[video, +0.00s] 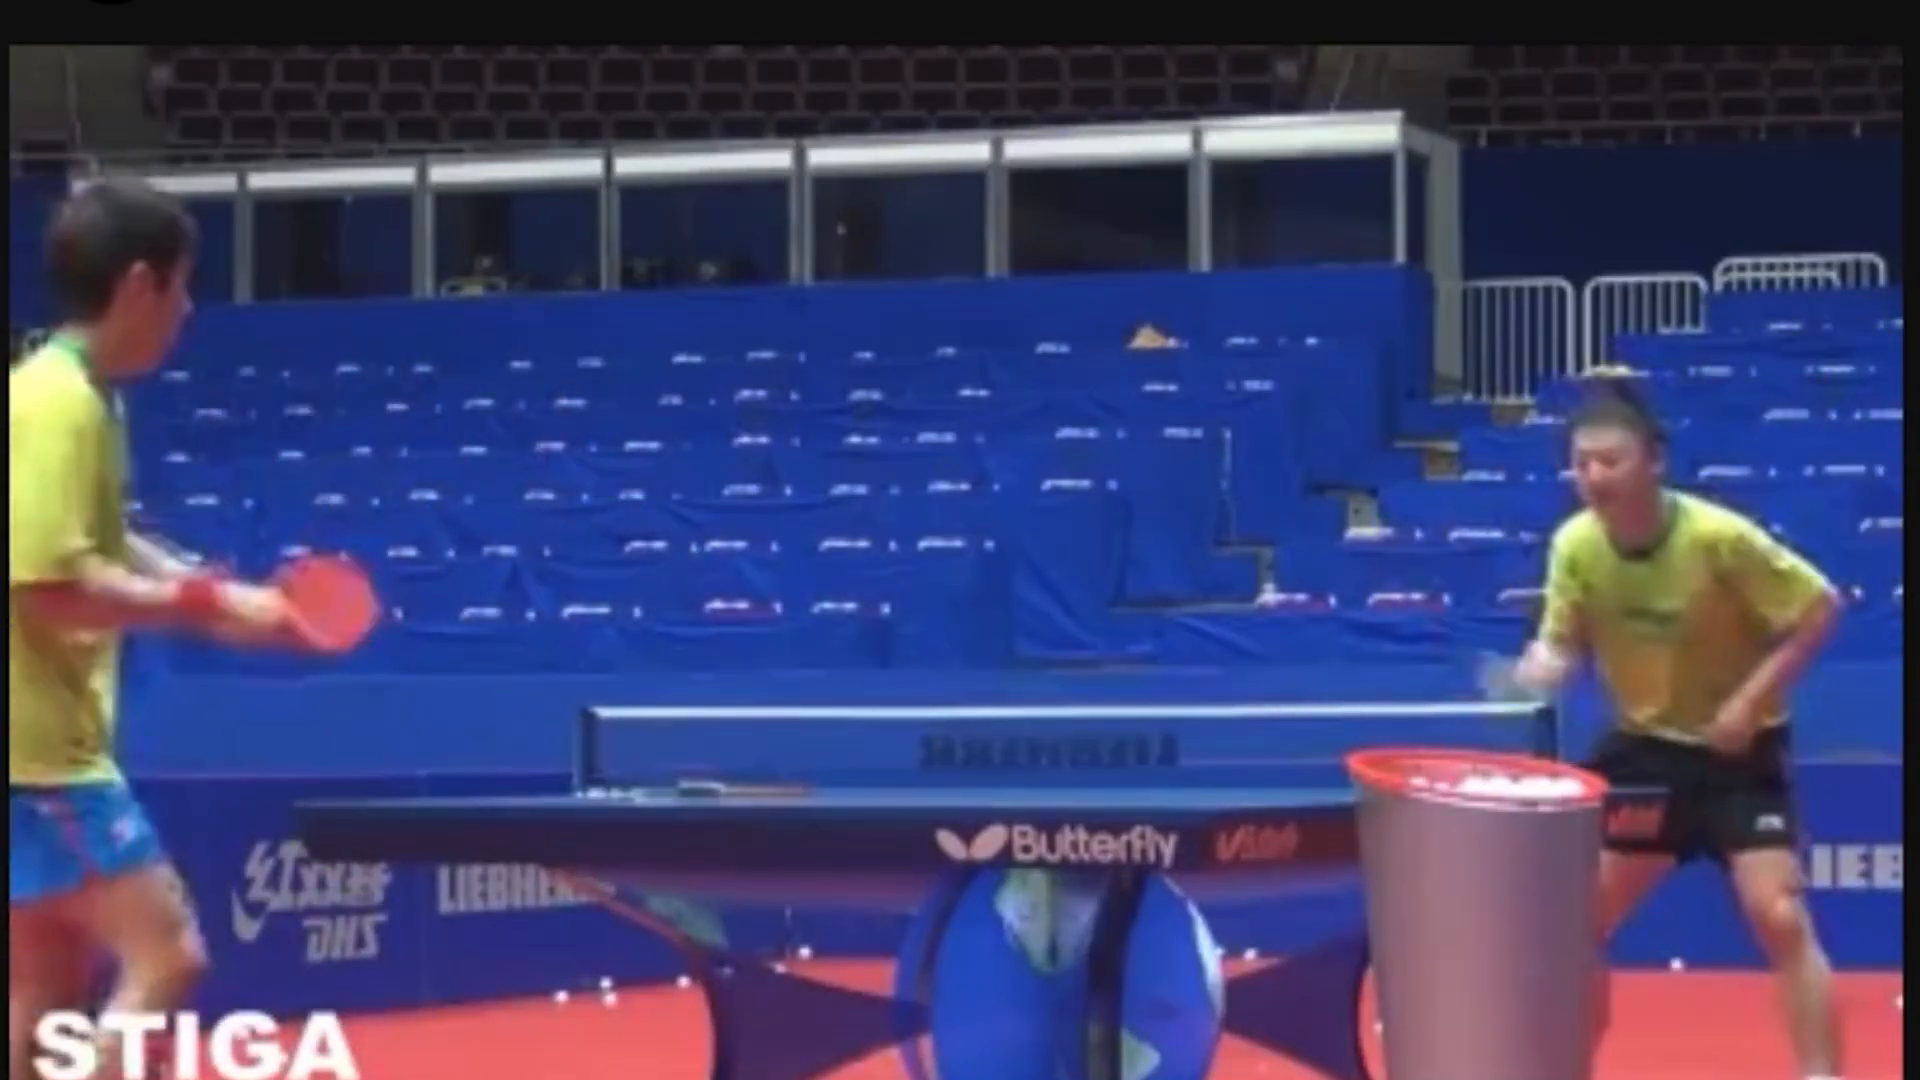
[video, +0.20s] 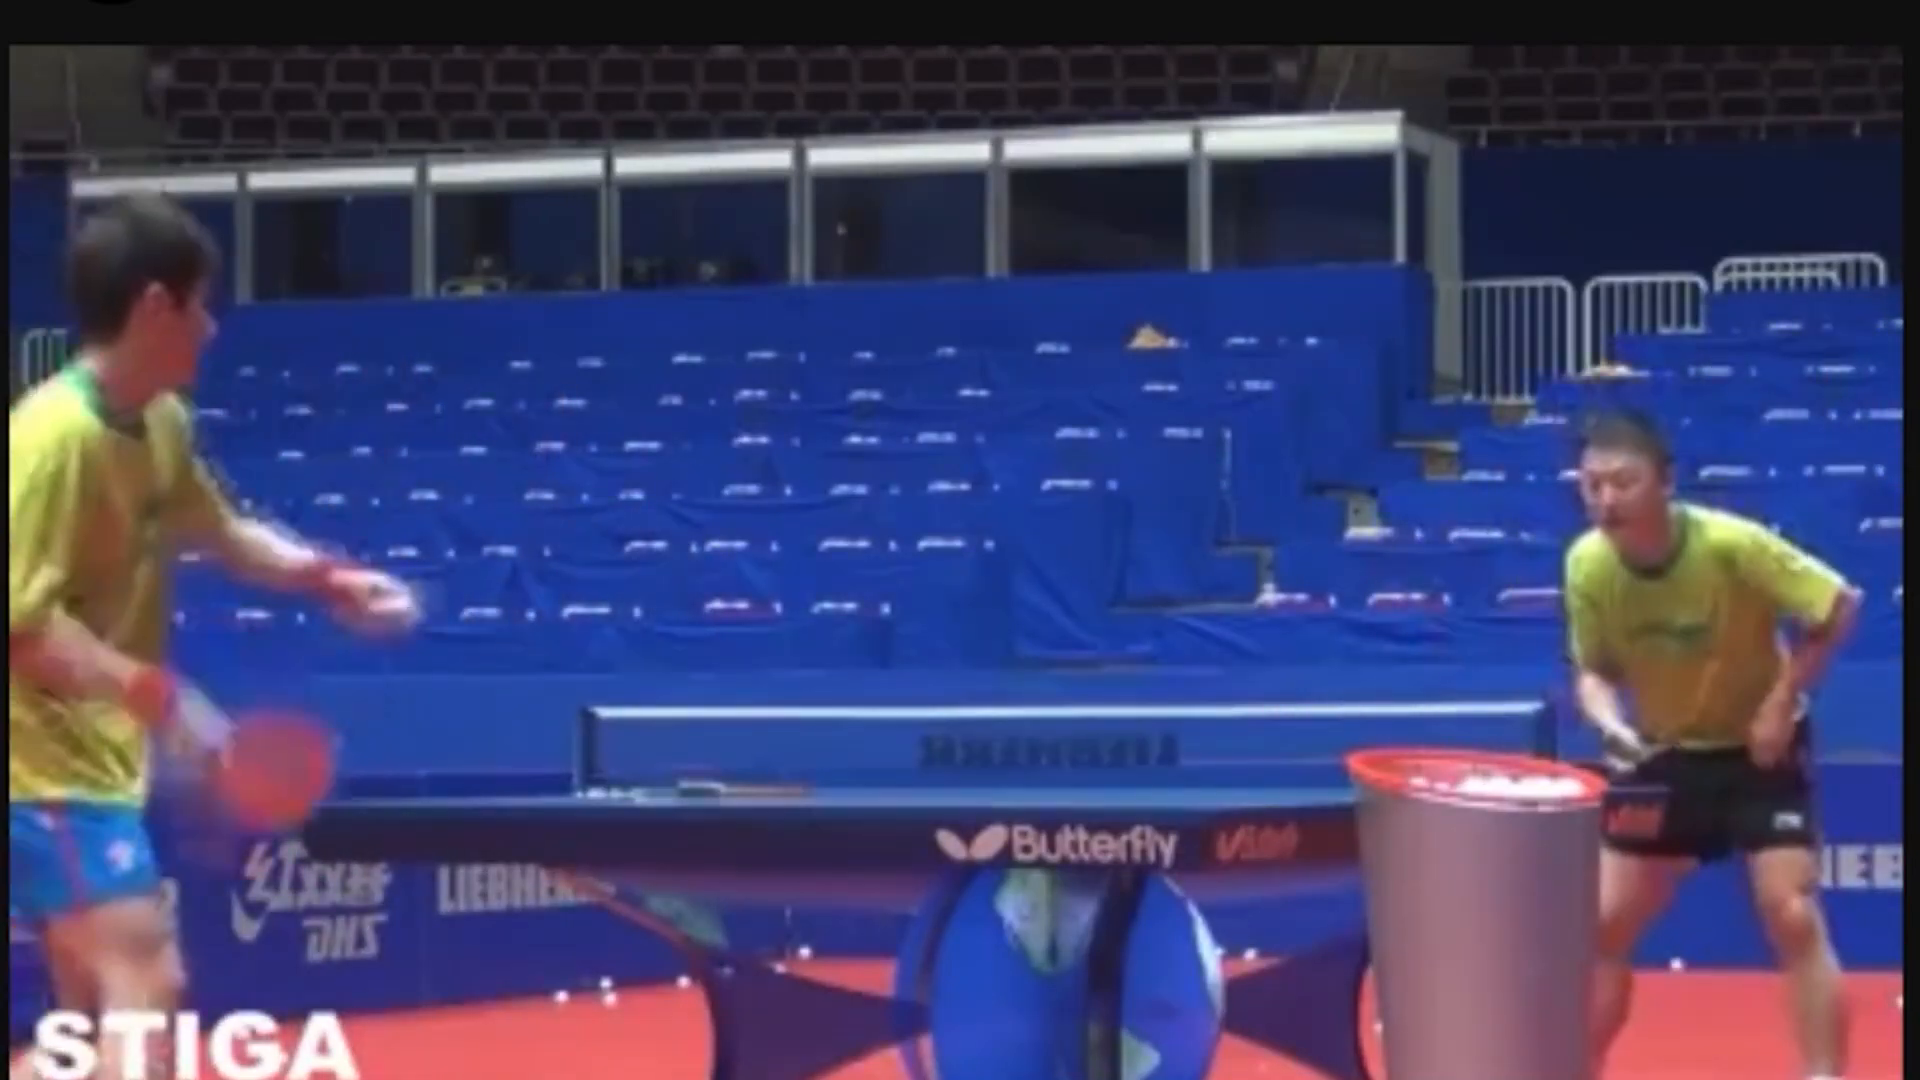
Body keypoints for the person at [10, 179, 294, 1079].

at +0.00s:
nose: (187, 312)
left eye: (186, 288)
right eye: (180, 287)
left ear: (120, 288)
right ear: (135, 287)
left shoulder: (77, 398)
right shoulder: (53, 402)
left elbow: (105, 546)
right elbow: (49, 590)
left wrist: (228, 595)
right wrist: (205, 607)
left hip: (47, 751)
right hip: (42, 757)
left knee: (44, 979)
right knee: (165, 953)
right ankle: (87, 1077)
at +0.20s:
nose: (209, 328)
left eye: (208, 306)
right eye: (200, 305)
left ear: (146, 308)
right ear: (153, 306)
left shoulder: (160, 419)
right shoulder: (52, 435)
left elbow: (216, 530)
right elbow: (26, 623)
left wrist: (324, 578)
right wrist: (157, 696)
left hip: (99, 756)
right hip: (48, 764)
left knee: (86, 996)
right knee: (143, 984)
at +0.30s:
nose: (231, 343)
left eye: (231, 322)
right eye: (223, 320)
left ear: (170, 325)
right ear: (172, 324)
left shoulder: (199, 435)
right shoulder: (57, 465)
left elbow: (288, 520)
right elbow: (20, 670)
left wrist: (411, 570)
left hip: (136, 782)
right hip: (77, 790)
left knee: (112, 1001)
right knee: (190, 981)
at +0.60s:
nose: (282, 406)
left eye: (281, 386)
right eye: (274, 384)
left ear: (218, 392)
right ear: (221, 391)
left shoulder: (256, 471)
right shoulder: (104, 535)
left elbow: (363, 544)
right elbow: (14, 644)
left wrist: (512, 532)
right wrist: (94, 797)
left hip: (168, 799)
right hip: (88, 807)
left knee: (166, 1035)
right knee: (274, 996)